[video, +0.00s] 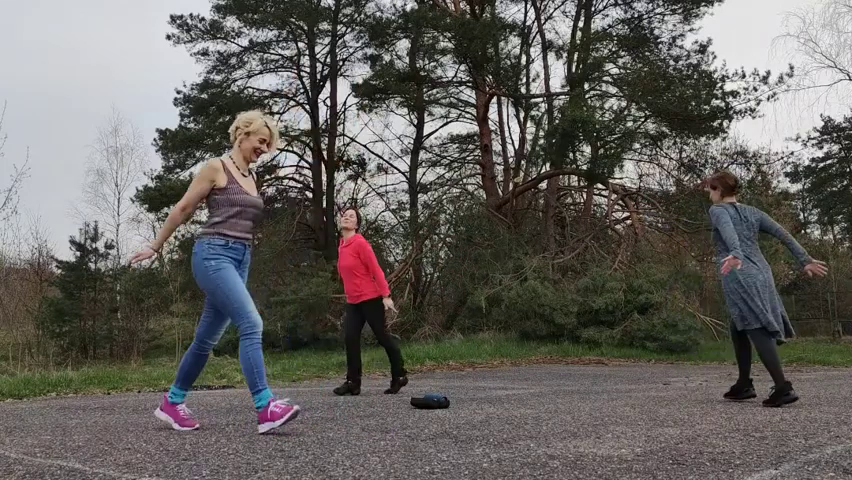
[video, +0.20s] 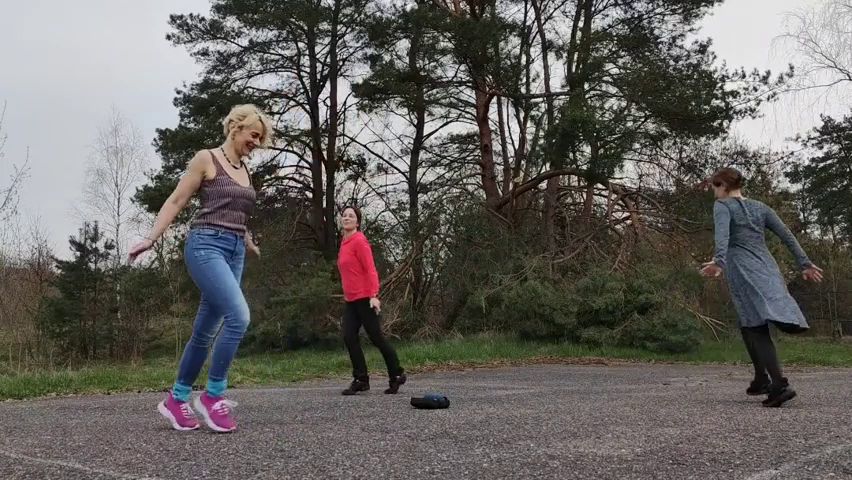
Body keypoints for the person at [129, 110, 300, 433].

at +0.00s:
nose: (262, 148)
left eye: (267, 144)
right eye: (260, 140)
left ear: (266, 146)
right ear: (241, 136)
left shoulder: (249, 175)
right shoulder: (215, 168)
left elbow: (239, 217)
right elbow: (183, 209)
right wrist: (156, 246)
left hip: (241, 257)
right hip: (213, 255)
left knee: (206, 339)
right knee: (251, 324)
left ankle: (172, 403)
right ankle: (266, 408)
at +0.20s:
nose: (254, 143)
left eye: (259, 138)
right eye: (252, 135)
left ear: (259, 139)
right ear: (235, 129)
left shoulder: (243, 169)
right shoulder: (206, 159)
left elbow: (233, 214)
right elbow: (176, 201)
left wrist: (247, 239)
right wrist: (151, 239)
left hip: (235, 249)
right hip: (205, 245)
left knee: (204, 332)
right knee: (238, 318)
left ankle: (176, 399)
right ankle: (213, 397)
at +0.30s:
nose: (252, 134)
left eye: (257, 130)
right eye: (248, 126)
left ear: (258, 134)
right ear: (231, 123)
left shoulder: (243, 167)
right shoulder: (207, 155)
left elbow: (239, 212)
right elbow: (181, 195)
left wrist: (261, 233)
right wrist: (161, 224)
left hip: (239, 247)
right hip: (209, 243)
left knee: (219, 327)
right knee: (221, 326)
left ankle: (186, 395)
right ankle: (194, 401)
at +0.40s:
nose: (246, 124)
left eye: (251, 120)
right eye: (240, 118)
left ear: (256, 129)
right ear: (226, 122)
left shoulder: (243, 167)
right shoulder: (212, 153)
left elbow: (242, 212)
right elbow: (188, 190)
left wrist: (272, 222)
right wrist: (174, 211)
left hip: (242, 248)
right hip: (211, 244)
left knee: (248, 323)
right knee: (212, 325)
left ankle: (203, 380)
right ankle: (193, 405)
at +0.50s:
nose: (247, 119)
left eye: (252, 116)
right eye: (240, 115)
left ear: (259, 124)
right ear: (228, 122)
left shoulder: (247, 164)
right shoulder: (216, 150)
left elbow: (244, 210)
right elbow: (197, 188)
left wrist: (278, 217)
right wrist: (188, 203)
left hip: (245, 243)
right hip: (213, 241)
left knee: (268, 310)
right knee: (212, 325)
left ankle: (225, 369)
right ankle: (195, 402)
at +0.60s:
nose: (251, 118)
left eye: (256, 114)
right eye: (244, 114)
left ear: (263, 123)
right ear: (231, 121)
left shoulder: (252, 161)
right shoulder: (220, 148)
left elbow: (249, 210)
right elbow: (206, 191)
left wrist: (282, 214)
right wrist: (208, 199)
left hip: (252, 242)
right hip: (219, 242)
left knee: (278, 305)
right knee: (217, 323)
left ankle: (251, 383)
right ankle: (198, 401)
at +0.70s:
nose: (256, 120)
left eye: (261, 116)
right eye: (249, 116)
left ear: (267, 125)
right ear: (237, 123)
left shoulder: (261, 166)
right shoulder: (226, 151)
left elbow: (256, 214)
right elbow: (213, 197)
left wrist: (287, 211)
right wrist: (222, 200)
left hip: (261, 247)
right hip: (225, 245)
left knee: (278, 320)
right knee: (221, 327)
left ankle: (281, 399)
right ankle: (198, 403)